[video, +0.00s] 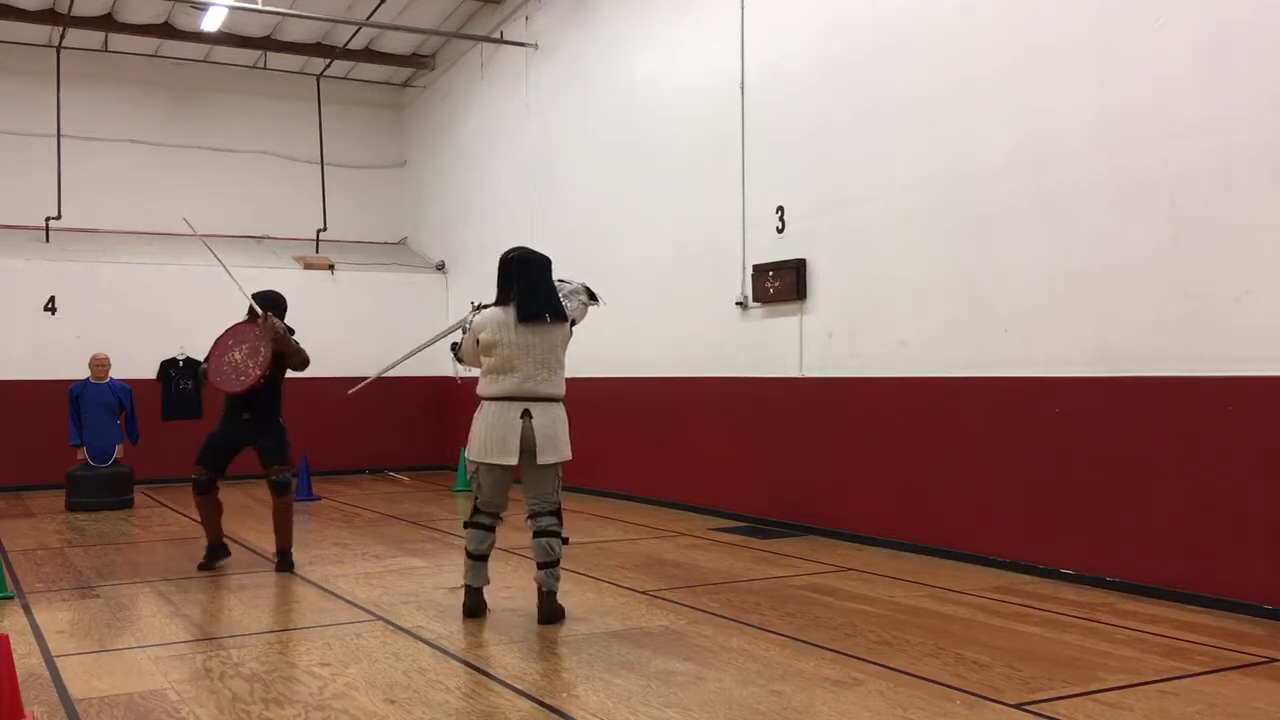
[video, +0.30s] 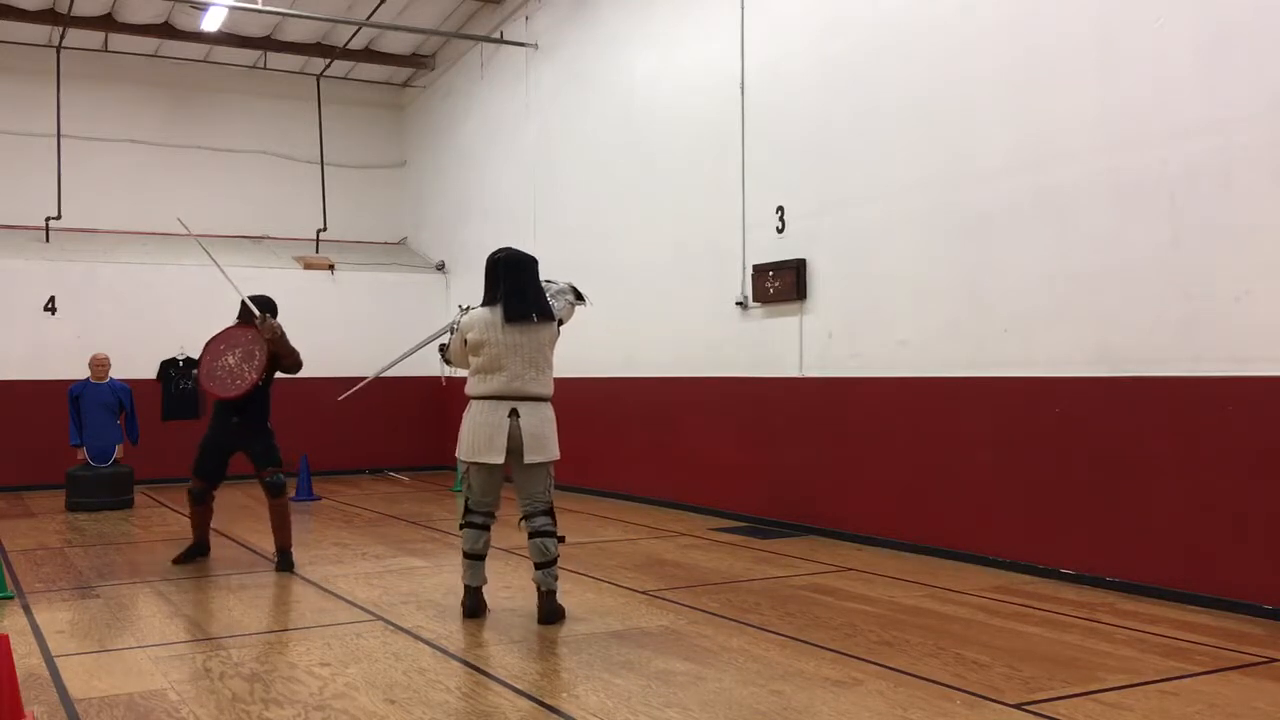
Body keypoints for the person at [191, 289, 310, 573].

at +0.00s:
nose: (251, 320)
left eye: (258, 316)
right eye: (250, 315)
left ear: (274, 319)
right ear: (249, 316)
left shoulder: (283, 342)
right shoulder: (238, 340)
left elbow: (301, 364)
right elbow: (212, 370)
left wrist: (280, 338)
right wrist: (205, 372)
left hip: (267, 423)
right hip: (233, 422)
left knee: (281, 481)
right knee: (202, 480)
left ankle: (284, 553)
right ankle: (215, 544)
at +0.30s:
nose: (248, 328)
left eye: (254, 323)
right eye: (245, 322)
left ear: (268, 324)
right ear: (239, 321)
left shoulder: (272, 347)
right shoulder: (227, 345)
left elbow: (294, 366)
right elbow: (206, 374)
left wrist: (276, 339)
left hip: (256, 427)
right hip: (222, 425)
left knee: (275, 484)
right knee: (198, 489)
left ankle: (284, 552)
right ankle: (200, 544)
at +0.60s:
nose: (235, 328)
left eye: (242, 323)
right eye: (233, 321)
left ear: (253, 324)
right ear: (227, 320)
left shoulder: (256, 347)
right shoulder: (211, 346)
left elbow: (279, 367)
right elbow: (195, 378)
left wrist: (260, 339)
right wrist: (184, 374)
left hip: (243, 426)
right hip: (209, 426)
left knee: (267, 483)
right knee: (190, 492)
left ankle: (283, 551)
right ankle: (199, 546)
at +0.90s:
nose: (228, 331)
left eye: (235, 326)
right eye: (226, 324)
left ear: (247, 326)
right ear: (221, 321)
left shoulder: (252, 349)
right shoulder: (206, 346)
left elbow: (278, 368)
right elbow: (188, 380)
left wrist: (263, 339)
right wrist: (180, 374)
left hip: (240, 426)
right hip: (206, 427)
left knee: (265, 483)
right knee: (190, 492)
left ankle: (283, 551)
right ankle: (199, 546)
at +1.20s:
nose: (246, 337)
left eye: (253, 330)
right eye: (243, 329)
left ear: (256, 333)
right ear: (230, 328)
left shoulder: (262, 362)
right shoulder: (209, 356)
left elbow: (290, 389)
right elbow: (188, 388)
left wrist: (313, 391)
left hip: (244, 438)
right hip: (208, 438)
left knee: (271, 485)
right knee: (195, 494)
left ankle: (263, 553)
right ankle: (199, 547)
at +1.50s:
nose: (282, 332)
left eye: (287, 326)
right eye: (277, 325)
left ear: (291, 330)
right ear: (262, 325)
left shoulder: (290, 367)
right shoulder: (235, 357)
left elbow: (303, 415)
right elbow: (211, 396)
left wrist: (335, 422)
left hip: (273, 442)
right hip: (236, 440)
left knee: (288, 508)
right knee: (214, 505)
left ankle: (266, 550)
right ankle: (227, 539)